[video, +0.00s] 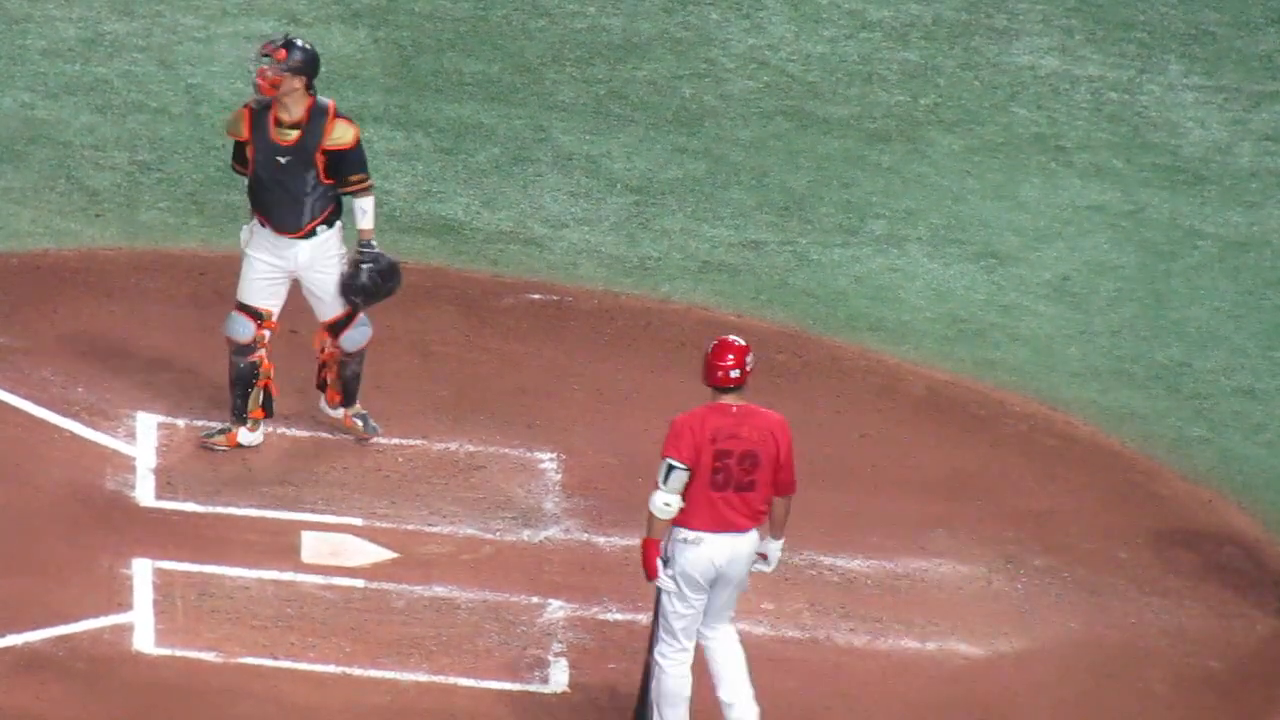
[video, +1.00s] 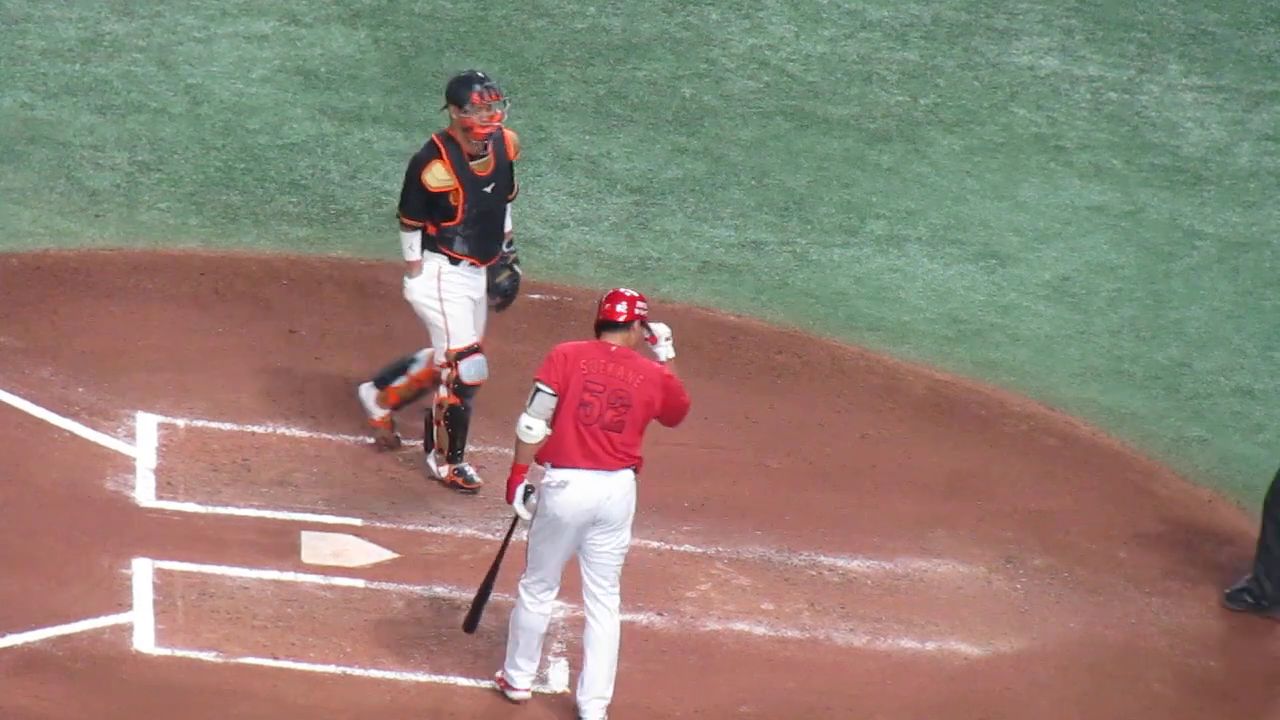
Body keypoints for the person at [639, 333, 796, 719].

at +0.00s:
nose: (727, 376)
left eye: (716, 370)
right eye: (735, 370)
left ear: (708, 375)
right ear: (747, 375)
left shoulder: (691, 423)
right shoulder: (774, 425)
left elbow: (667, 494)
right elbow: (782, 494)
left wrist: (651, 543)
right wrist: (774, 541)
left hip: (694, 545)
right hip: (743, 546)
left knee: (675, 645)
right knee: (719, 627)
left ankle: (671, 716)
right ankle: (744, 713)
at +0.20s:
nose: (703, 361)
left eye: (688, 355)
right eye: (710, 355)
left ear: (677, 361)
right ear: (717, 361)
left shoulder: (657, 409)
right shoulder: (742, 413)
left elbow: (629, 480)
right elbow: (762, 481)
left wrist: (612, 533)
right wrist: (772, 532)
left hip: (668, 536)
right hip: (715, 536)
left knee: (664, 640)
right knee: (667, 626)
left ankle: (668, 716)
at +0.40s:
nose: (696, 352)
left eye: (692, 347)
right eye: (697, 348)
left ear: (657, 352)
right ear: (696, 353)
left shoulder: (631, 398)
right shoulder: (716, 406)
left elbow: (603, 469)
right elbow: (736, 478)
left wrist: (586, 521)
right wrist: (757, 496)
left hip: (636, 522)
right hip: (685, 524)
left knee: (636, 629)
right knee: (637, 623)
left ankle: (661, 716)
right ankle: (597, 710)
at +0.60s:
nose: (685, 342)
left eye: (681, 335)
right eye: (685, 337)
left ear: (643, 336)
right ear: (680, 341)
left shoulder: (614, 378)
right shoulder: (697, 394)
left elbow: (581, 445)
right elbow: (714, 453)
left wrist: (559, 496)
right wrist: (726, 422)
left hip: (614, 504)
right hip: (663, 507)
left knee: (574, 593)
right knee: (627, 606)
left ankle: (611, 686)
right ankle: (596, 703)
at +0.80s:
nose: (668, 336)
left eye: (666, 330)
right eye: (666, 330)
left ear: (623, 329)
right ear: (661, 332)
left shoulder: (594, 362)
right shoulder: (678, 382)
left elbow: (559, 430)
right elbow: (699, 426)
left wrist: (539, 482)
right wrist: (690, 374)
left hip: (587, 492)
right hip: (639, 497)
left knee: (555, 587)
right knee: (614, 603)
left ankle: (532, 686)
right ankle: (596, 705)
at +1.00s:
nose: (644, 331)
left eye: (642, 324)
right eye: (642, 325)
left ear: (600, 322)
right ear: (635, 328)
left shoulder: (566, 354)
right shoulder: (651, 373)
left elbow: (532, 424)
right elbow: (677, 411)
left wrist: (518, 477)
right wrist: (664, 359)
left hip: (565, 485)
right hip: (618, 490)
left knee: (538, 586)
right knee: (604, 598)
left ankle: (518, 679)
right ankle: (595, 705)